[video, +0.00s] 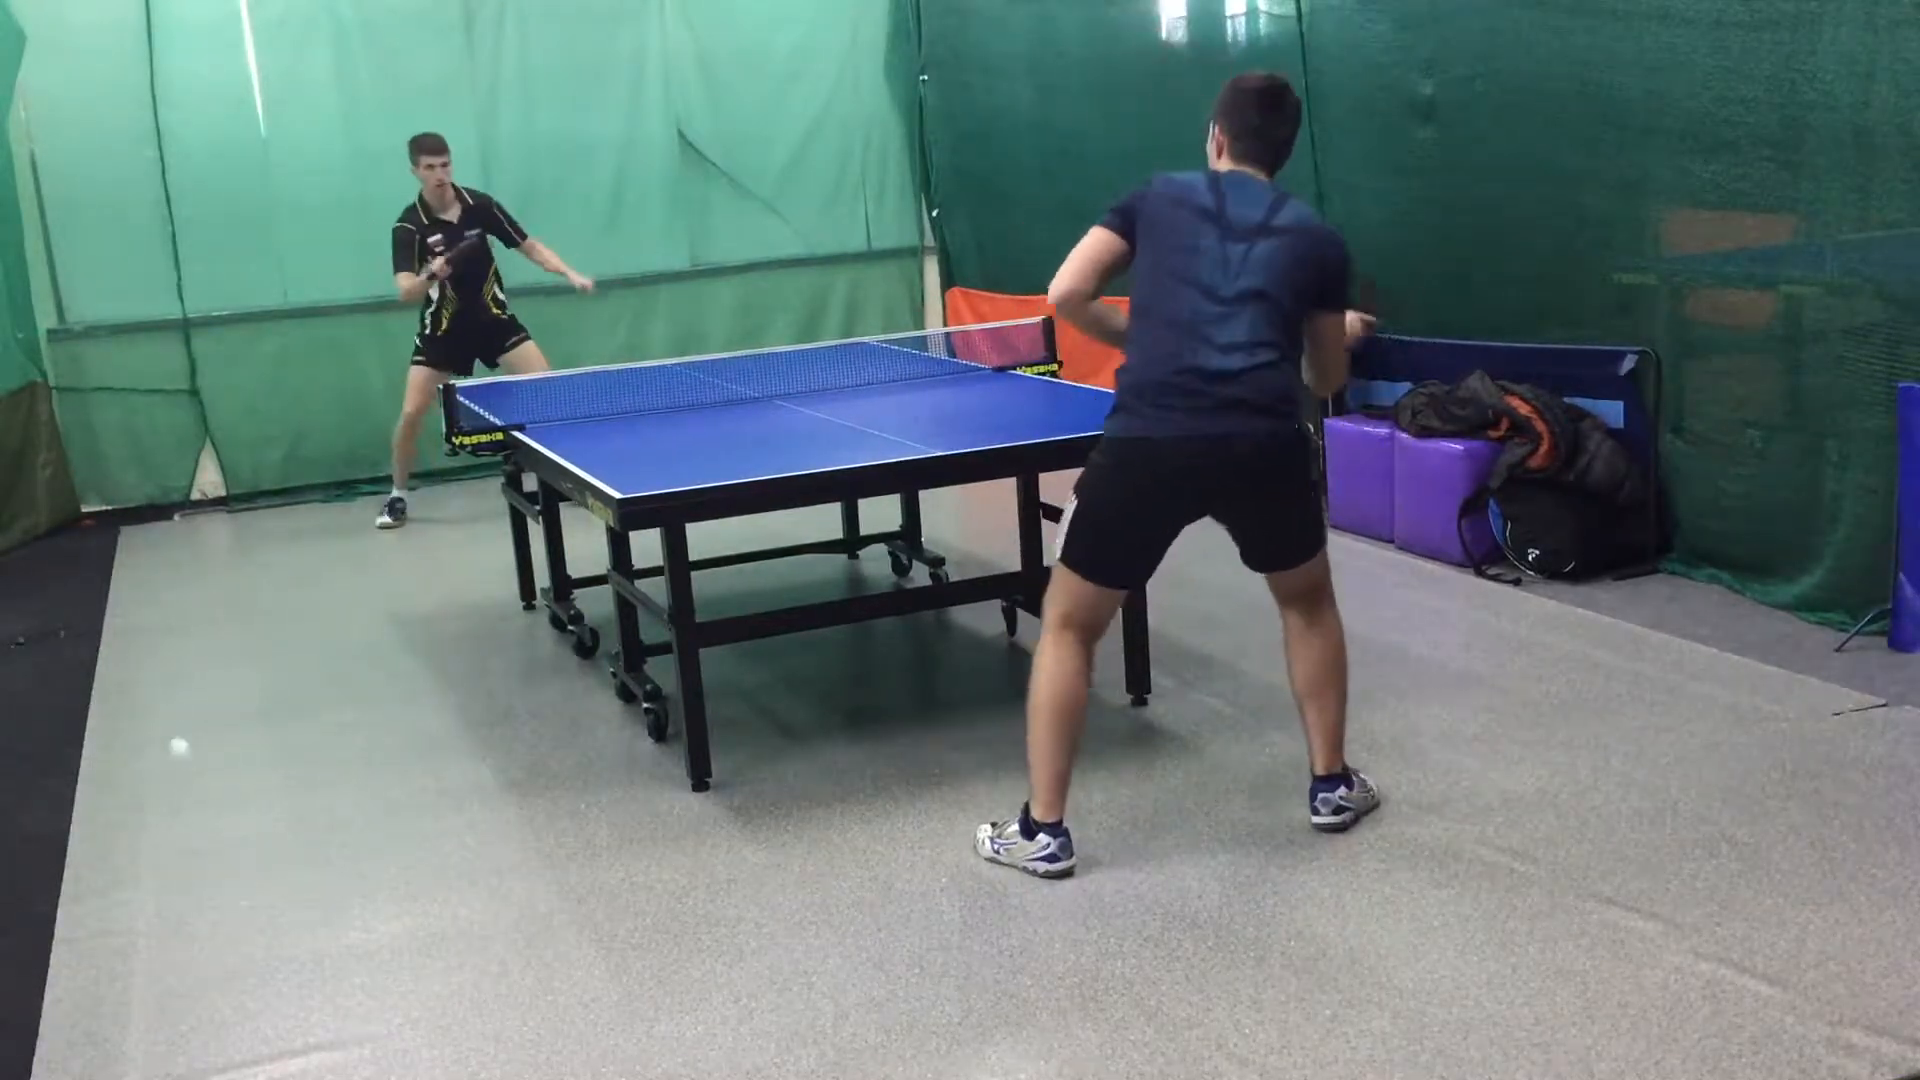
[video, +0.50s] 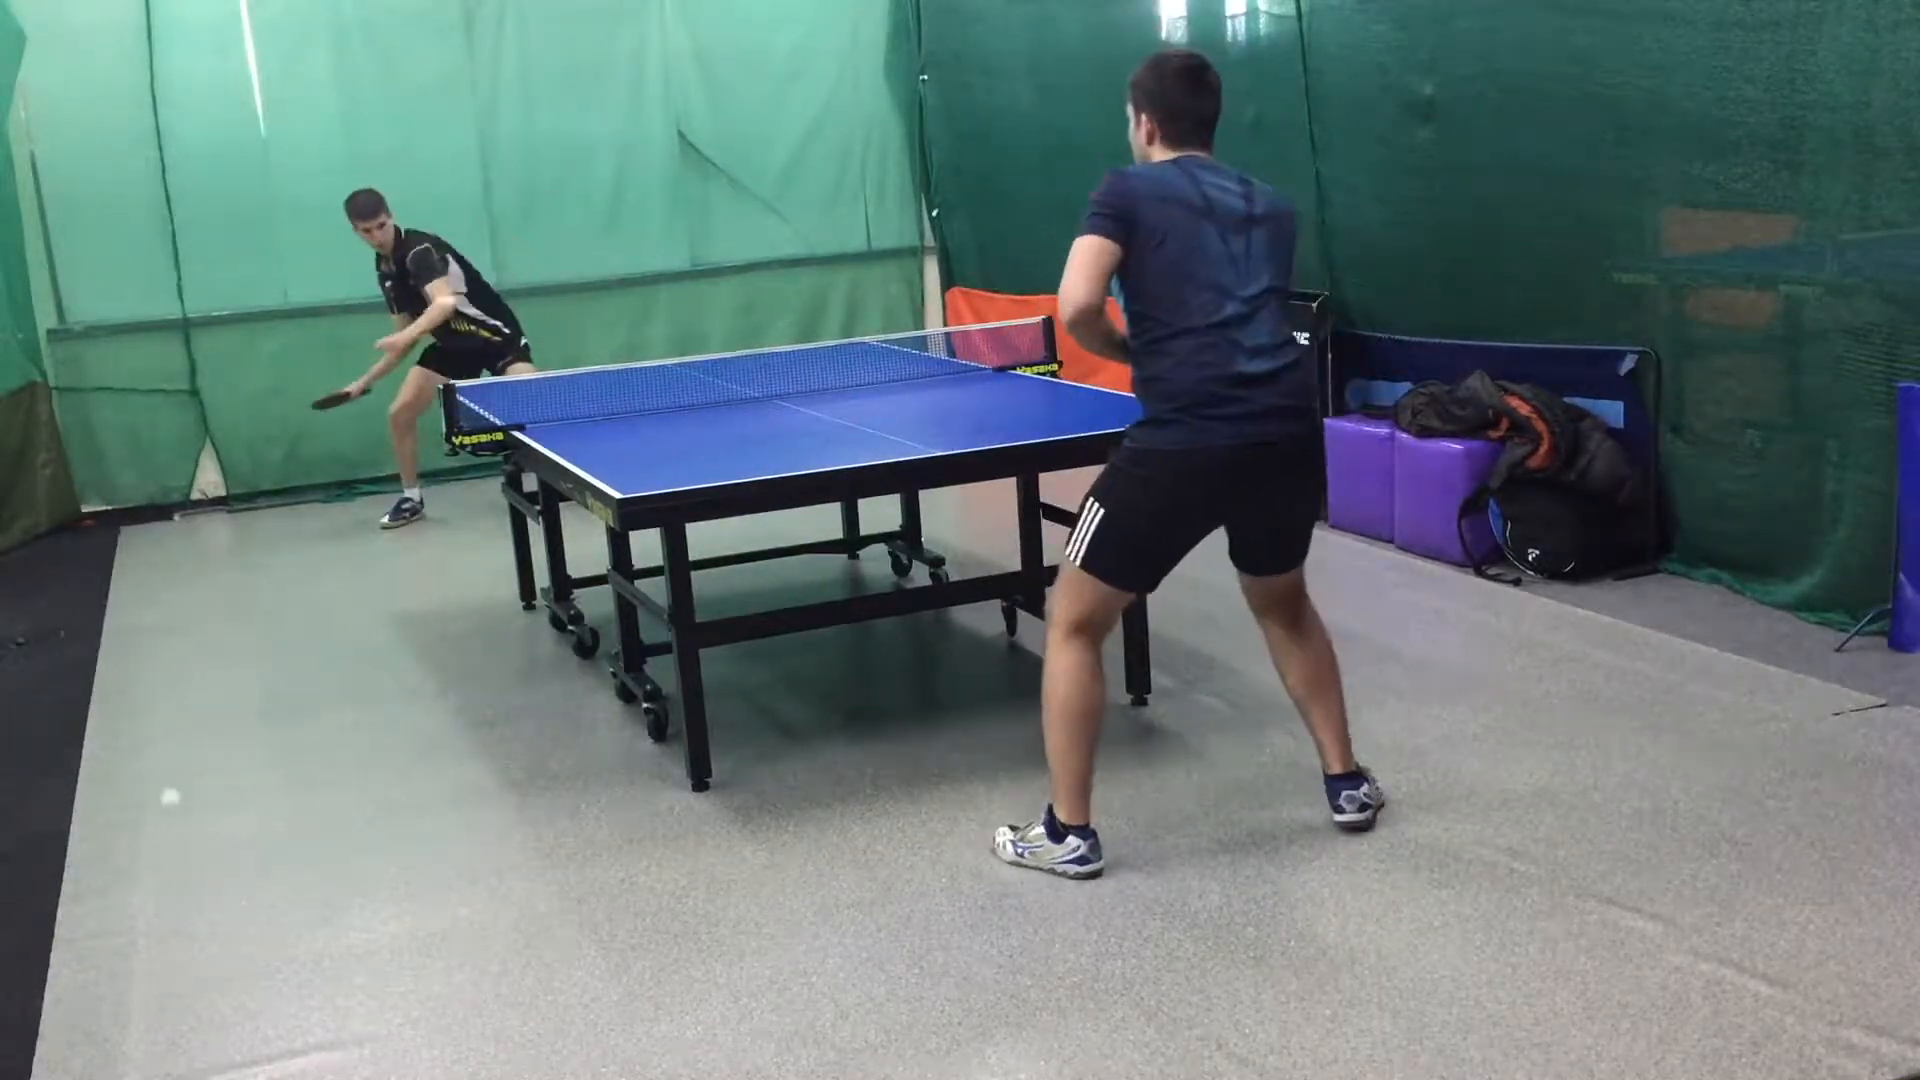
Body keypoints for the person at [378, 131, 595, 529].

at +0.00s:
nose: (441, 174)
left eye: (445, 166)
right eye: (431, 168)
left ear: (452, 165)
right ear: (416, 172)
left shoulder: (480, 205)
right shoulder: (409, 225)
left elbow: (529, 247)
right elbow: (407, 291)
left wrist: (569, 272)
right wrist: (431, 274)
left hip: (493, 318)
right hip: (443, 326)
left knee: (546, 388)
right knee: (412, 412)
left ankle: (528, 476)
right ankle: (397, 496)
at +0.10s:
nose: (422, 176)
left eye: (426, 167)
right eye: (413, 170)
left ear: (434, 164)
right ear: (398, 173)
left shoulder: (465, 204)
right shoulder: (395, 225)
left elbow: (512, 253)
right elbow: (390, 292)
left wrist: (541, 287)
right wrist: (416, 287)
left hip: (486, 312)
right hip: (437, 320)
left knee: (532, 384)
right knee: (403, 407)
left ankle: (540, 476)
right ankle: (409, 495)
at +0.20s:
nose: (400, 195)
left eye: (404, 186)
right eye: (391, 190)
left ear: (412, 182)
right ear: (376, 192)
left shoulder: (443, 219)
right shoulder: (379, 240)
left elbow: (484, 275)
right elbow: (379, 298)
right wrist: (379, 318)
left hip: (475, 312)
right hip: (432, 321)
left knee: (527, 390)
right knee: (399, 409)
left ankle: (537, 477)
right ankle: (410, 497)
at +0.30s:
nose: (381, 221)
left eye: (386, 211)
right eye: (372, 215)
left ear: (395, 205)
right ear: (360, 217)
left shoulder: (428, 243)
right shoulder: (371, 261)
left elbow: (446, 313)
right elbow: (378, 332)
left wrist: (414, 353)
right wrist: (349, 366)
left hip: (479, 326)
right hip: (436, 332)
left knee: (519, 388)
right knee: (392, 411)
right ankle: (409, 497)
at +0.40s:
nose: (372, 236)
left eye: (376, 226)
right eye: (363, 230)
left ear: (387, 218)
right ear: (352, 229)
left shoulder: (415, 255)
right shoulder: (375, 269)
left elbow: (422, 322)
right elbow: (384, 339)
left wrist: (378, 356)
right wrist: (343, 385)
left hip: (487, 337)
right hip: (441, 342)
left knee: (523, 396)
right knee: (392, 413)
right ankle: (410, 497)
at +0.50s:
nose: (376, 237)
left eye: (380, 227)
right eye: (367, 232)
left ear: (391, 217)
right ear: (356, 231)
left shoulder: (421, 251)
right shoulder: (385, 268)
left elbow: (445, 302)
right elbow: (406, 338)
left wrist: (406, 335)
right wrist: (365, 381)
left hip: (498, 338)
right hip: (452, 344)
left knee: (533, 397)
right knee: (401, 414)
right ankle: (412, 497)